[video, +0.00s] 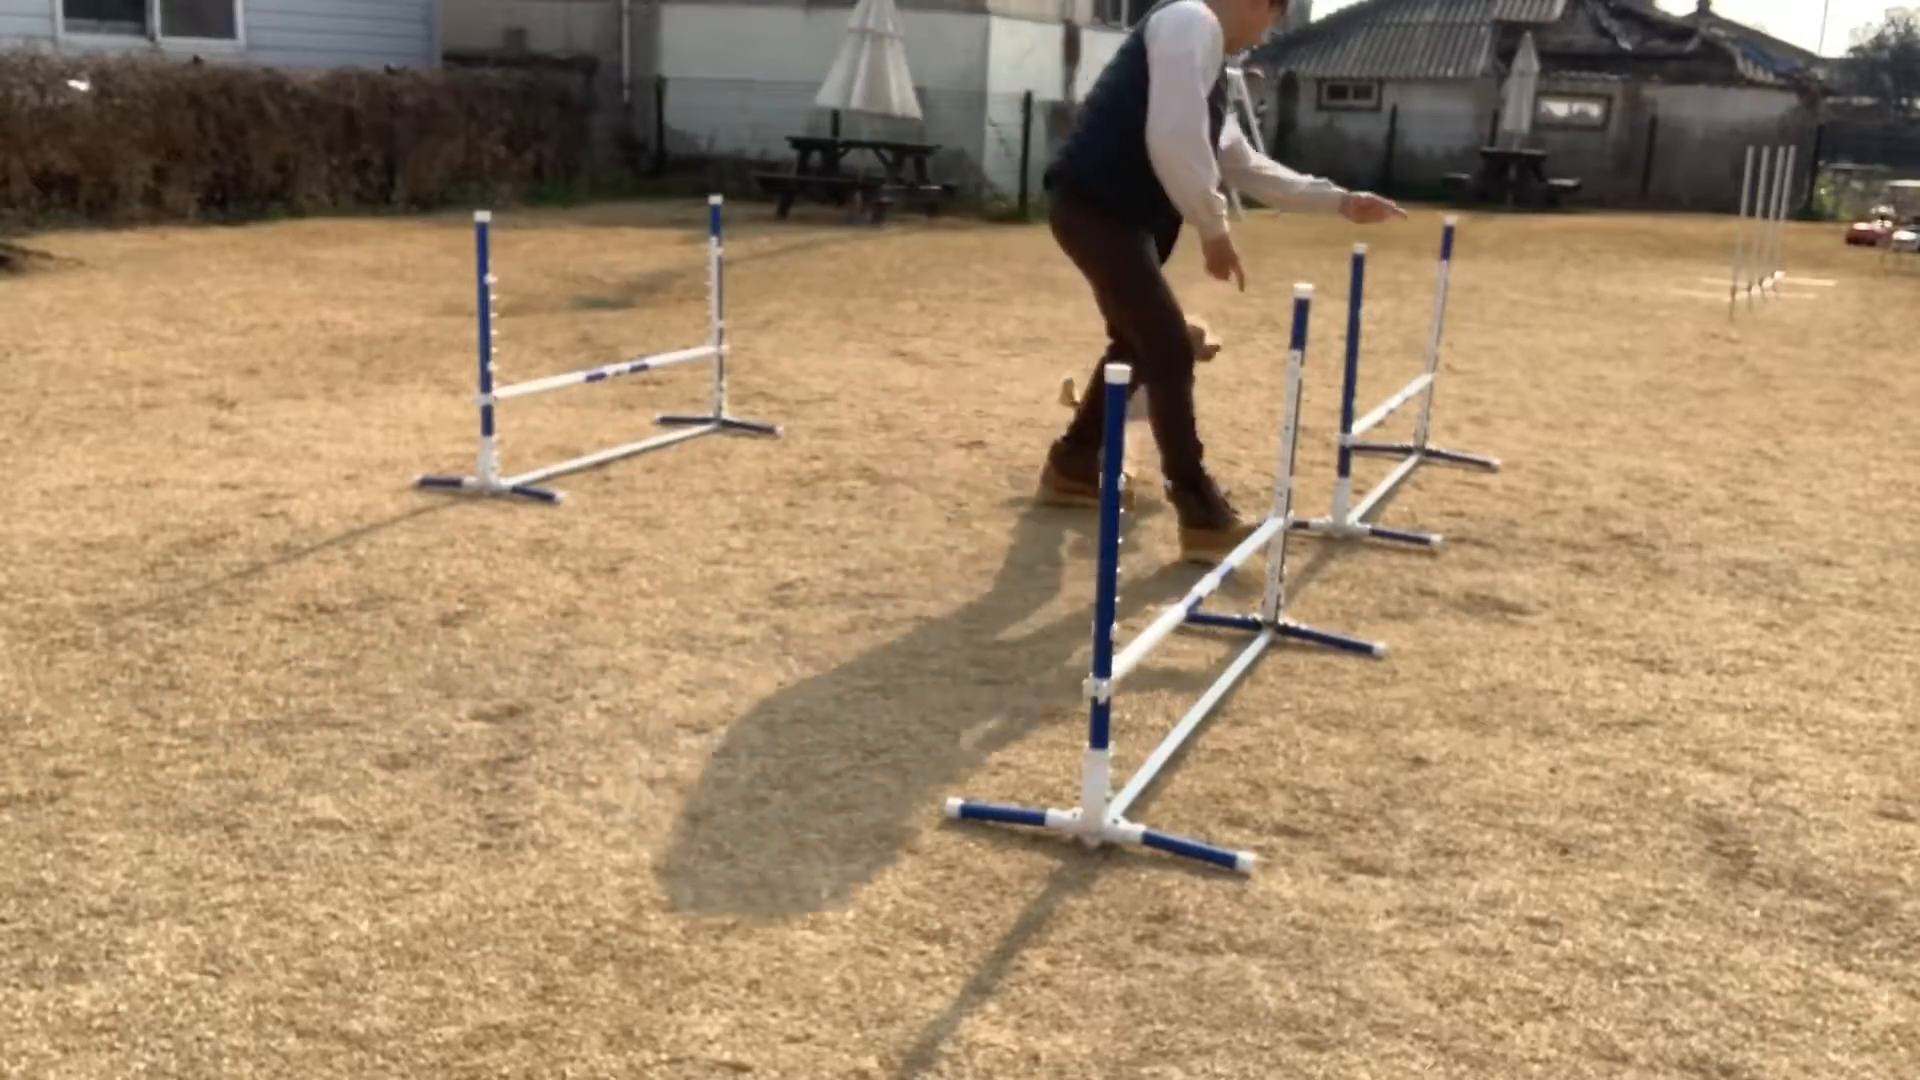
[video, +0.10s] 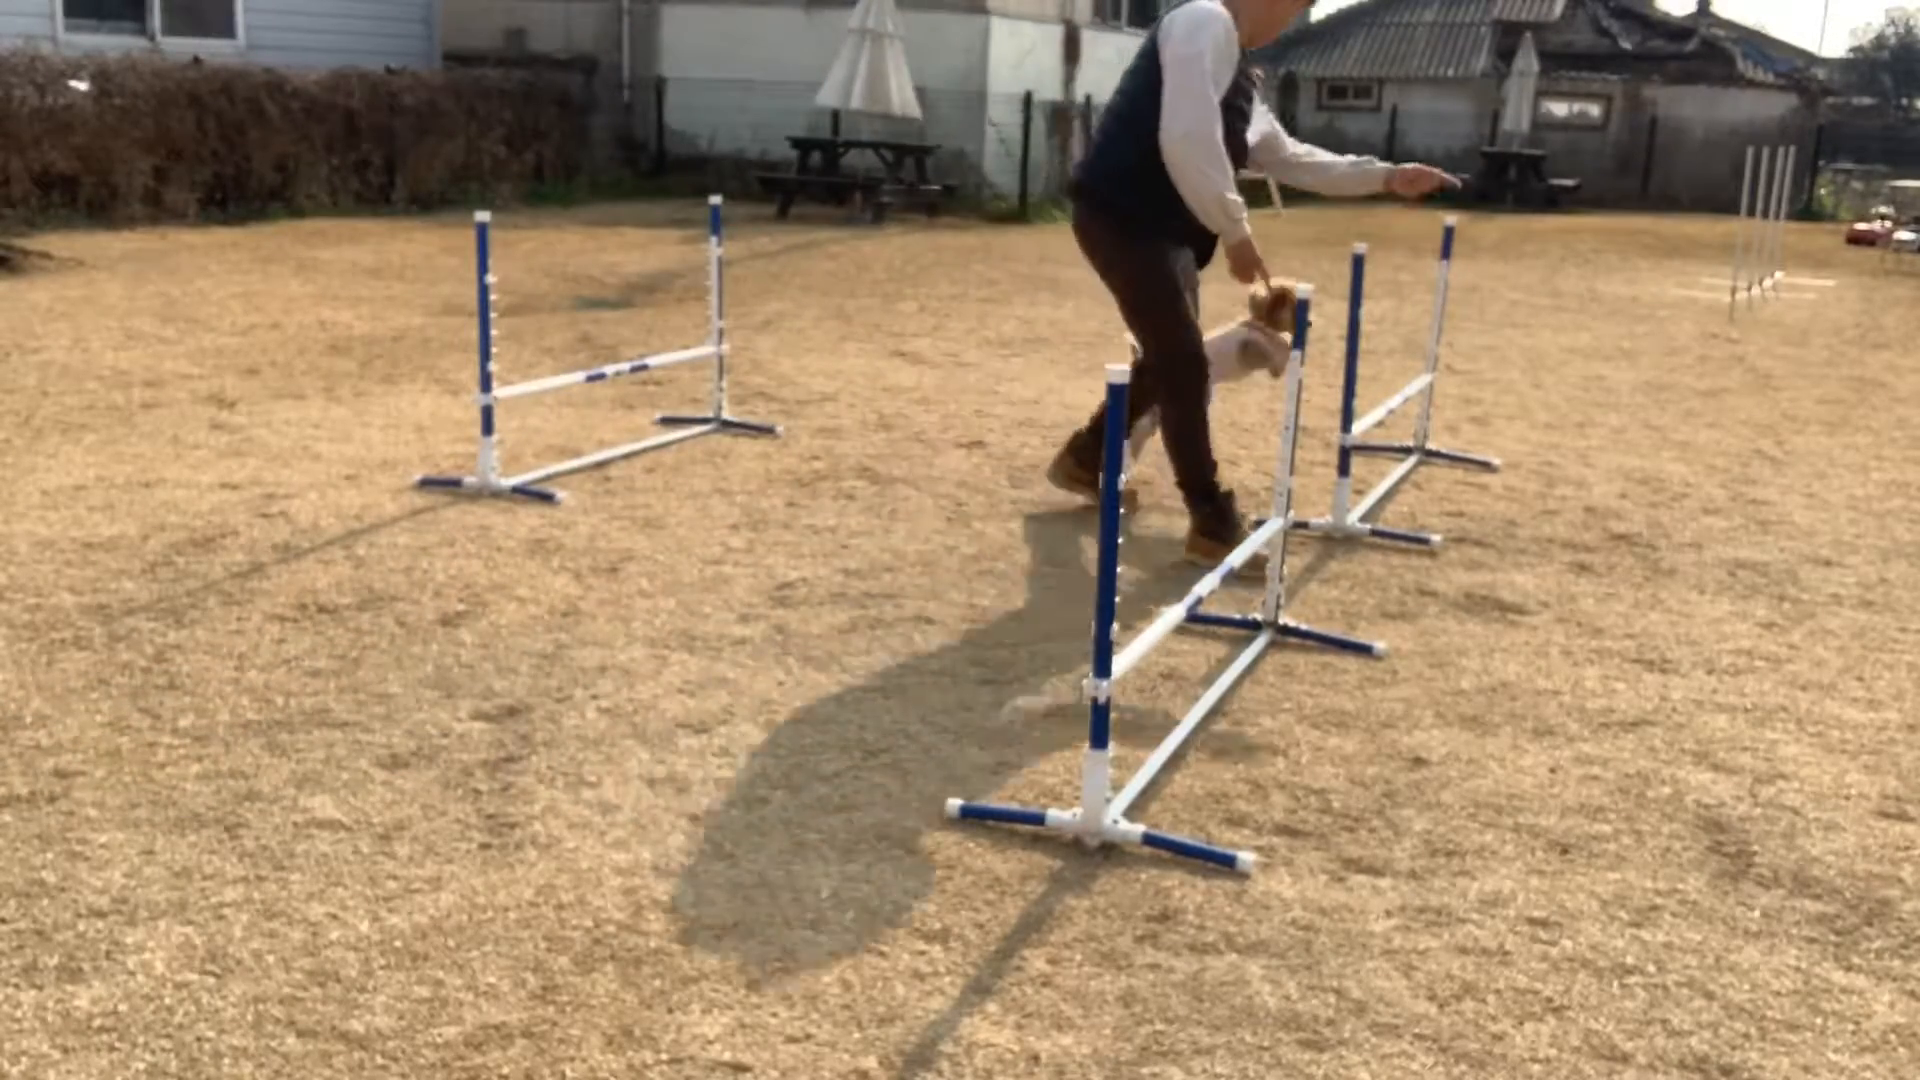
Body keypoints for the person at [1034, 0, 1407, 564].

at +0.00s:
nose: (1270, 31)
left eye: (1274, 21)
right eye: (1273, 16)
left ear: (1248, 9)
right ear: (1252, 3)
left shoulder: (1211, 72)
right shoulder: (1189, 22)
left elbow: (1245, 168)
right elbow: (1171, 135)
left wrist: (1341, 201)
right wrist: (1212, 230)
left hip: (1124, 217)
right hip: (1092, 208)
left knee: (1137, 344)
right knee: (1167, 347)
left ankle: (1073, 466)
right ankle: (1199, 513)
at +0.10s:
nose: (1286, 29)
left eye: (1294, 20)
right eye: (1292, 15)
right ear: (1267, 1)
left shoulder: (1236, 76)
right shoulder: (1202, 21)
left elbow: (1286, 158)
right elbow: (1187, 135)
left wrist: (1386, 177)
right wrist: (1235, 233)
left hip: (1167, 232)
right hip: (1119, 218)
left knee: (1171, 360)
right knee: (1182, 365)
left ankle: (1084, 458)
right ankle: (1211, 523)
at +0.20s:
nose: (1315, 13)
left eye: (1317, 5)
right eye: (1313, 2)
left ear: (1282, 4)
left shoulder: (1260, 62)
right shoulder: (1215, 20)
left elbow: (1307, 152)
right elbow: (1219, 141)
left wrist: (1405, 163)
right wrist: (1276, 236)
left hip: (1197, 228)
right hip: (1140, 219)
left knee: (1236, 359)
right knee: (1202, 364)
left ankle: (1142, 447)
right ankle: (1216, 521)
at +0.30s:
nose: (1328, 13)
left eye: (1331, 7)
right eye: (1328, 2)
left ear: (1300, 5)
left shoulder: (1267, 51)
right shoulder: (1224, 16)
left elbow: (1300, 146)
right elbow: (1246, 131)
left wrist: (1374, 179)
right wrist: (1316, 223)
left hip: (1214, 228)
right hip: (1151, 221)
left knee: (1265, 352)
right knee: (1211, 361)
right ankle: (1218, 526)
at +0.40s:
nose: (1329, 17)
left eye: (1333, 8)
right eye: (1328, 3)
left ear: (1293, 4)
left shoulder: (1273, 62)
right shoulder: (1210, 25)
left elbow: (1290, 166)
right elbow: (1261, 132)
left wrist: (1339, 225)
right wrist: (1342, 210)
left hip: (1237, 244)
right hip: (1167, 236)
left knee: (1293, 372)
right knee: (1249, 370)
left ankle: (1271, 520)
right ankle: (1205, 509)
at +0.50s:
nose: (1314, 23)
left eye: (1318, 12)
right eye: (1312, 8)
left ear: (1272, 6)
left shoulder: (1251, 63)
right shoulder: (1200, 33)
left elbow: (1247, 181)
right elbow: (1254, 147)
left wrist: (1286, 251)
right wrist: (1352, 217)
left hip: (1223, 246)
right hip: (1159, 246)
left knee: (1285, 373)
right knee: (1256, 379)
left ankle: (1271, 526)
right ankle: (1154, 510)